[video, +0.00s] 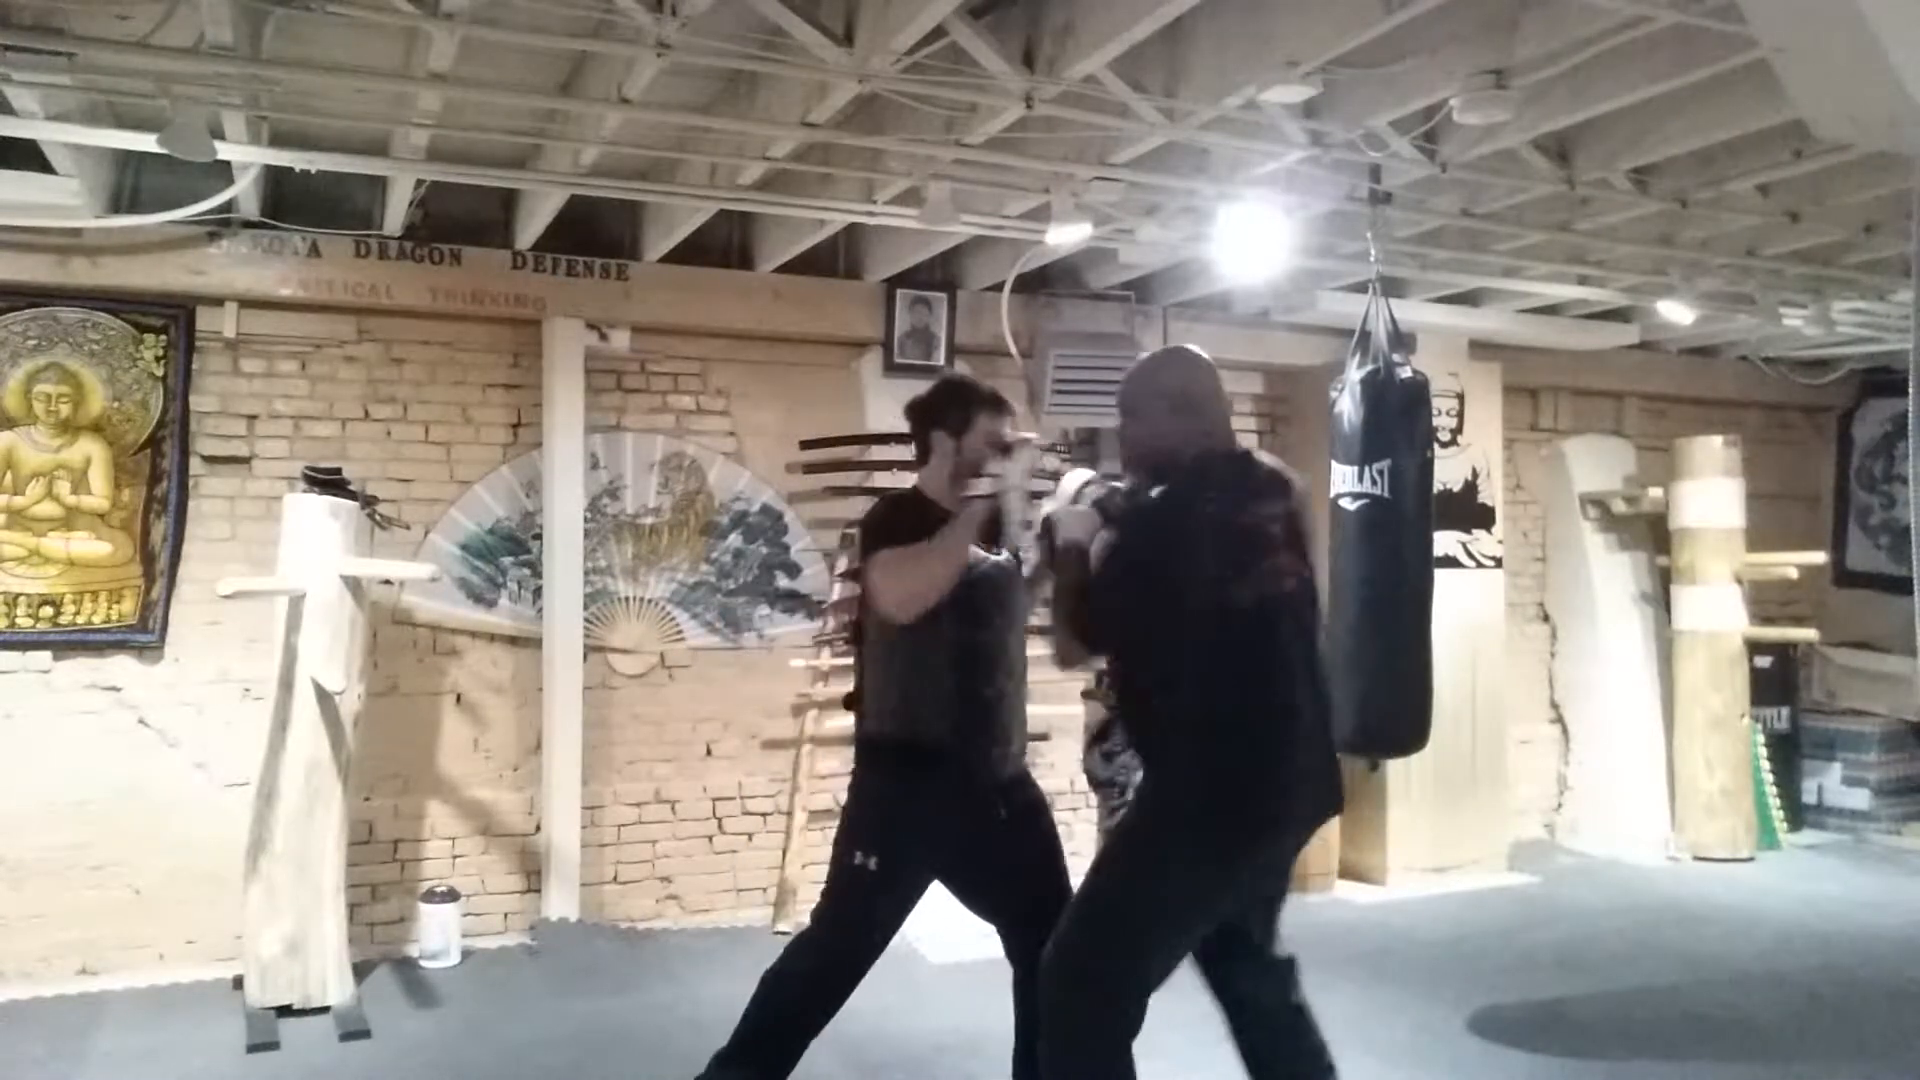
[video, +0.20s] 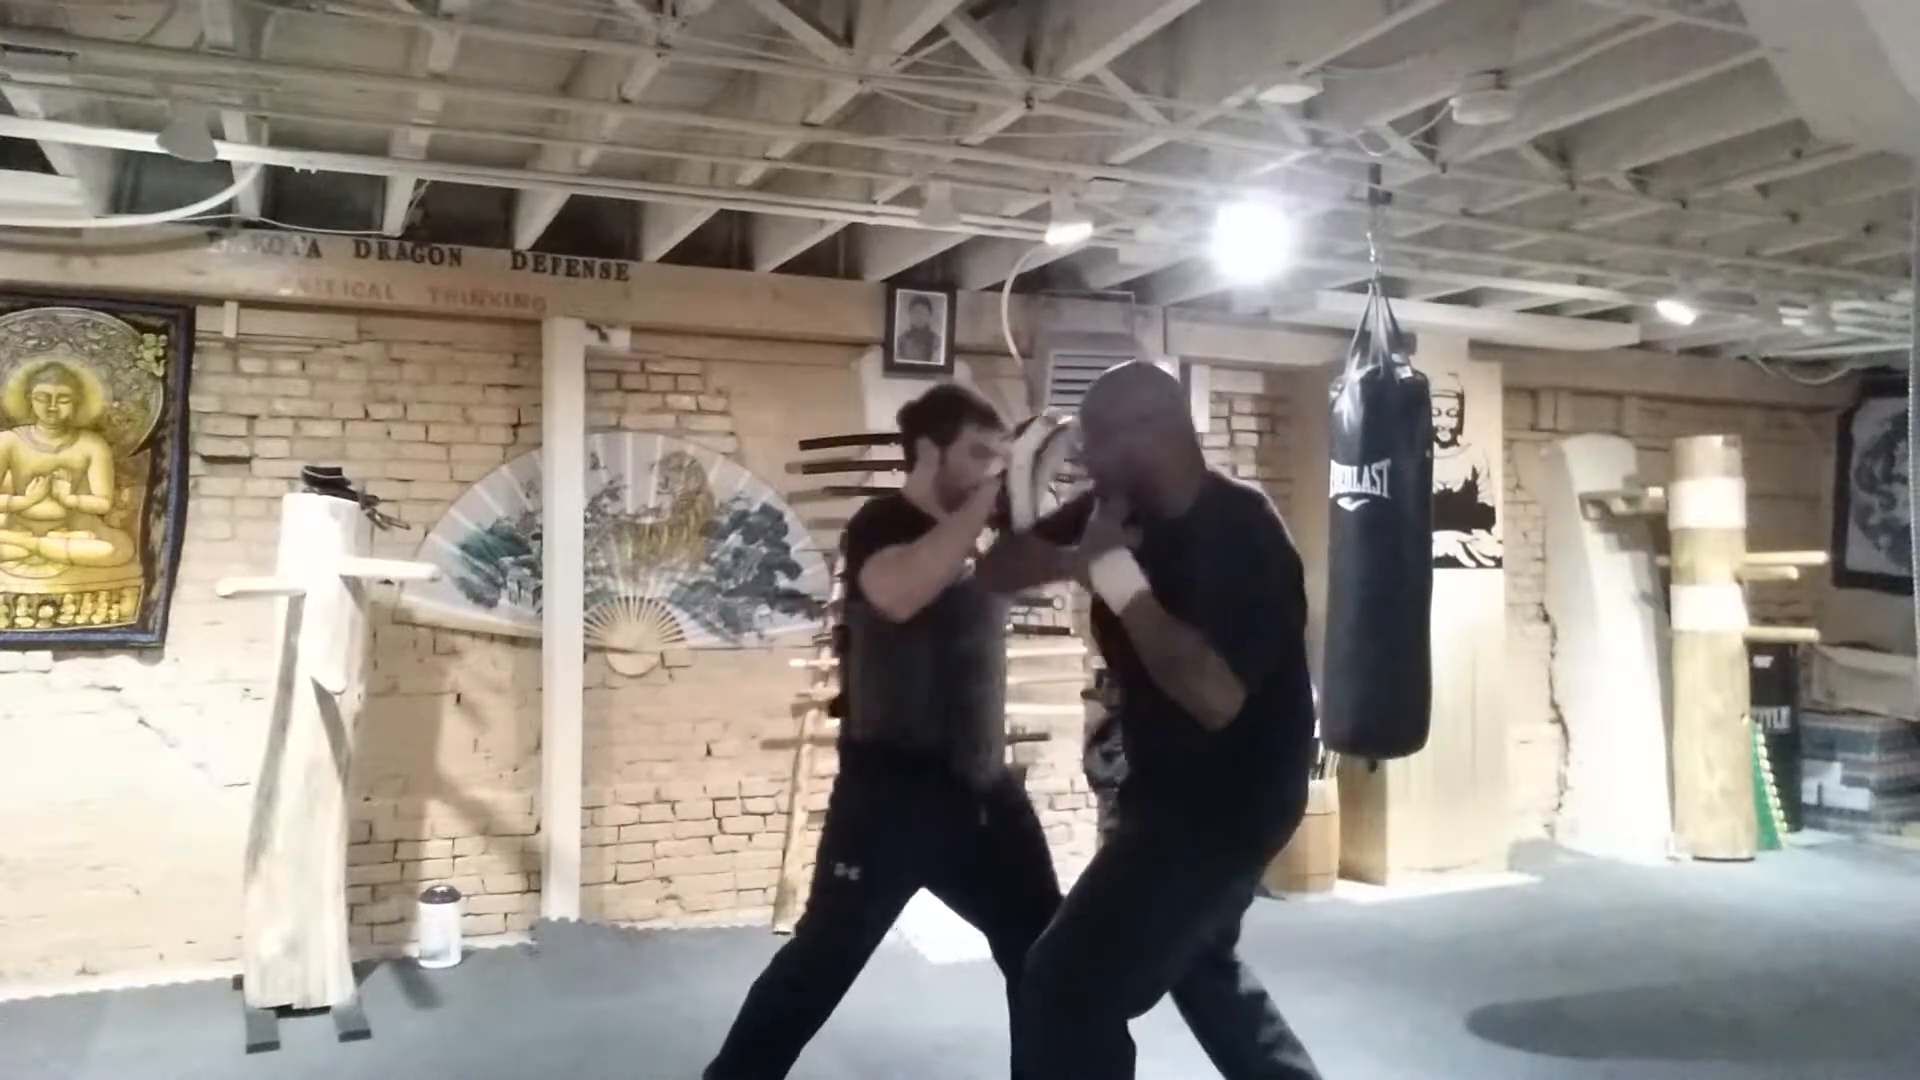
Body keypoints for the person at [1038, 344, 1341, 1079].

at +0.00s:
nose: (1119, 431)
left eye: (1130, 414)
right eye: (1121, 415)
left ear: (1172, 417)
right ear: (1212, 414)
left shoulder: (1168, 515)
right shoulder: (1270, 491)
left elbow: (1088, 629)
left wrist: (1070, 553)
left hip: (1209, 793)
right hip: (1291, 778)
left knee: (1082, 979)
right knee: (1240, 951)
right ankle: (1304, 1074)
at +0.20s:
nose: (1084, 459)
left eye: (1094, 439)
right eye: (1083, 442)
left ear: (1149, 432)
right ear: (1151, 433)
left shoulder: (1246, 531)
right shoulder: (1122, 512)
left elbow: (1217, 697)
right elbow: (1001, 570)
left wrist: (1113, 569)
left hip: (1228, 808)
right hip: (1161, 796)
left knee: (1061, 987)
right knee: (1206, 976)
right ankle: (1290, 1074)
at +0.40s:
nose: (1083, 439)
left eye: (1095, 420)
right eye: (1082, 421)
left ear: (1148, 419)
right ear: (1151, 421)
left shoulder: (1222, 518)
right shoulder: (1147, 512)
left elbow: (1183, 684)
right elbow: (1096, 618)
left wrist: (1085, 579)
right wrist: (1035, 533)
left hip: (1225, 803)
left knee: (1089, 989)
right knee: (1241, 966)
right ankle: (1312, 1079)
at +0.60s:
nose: (1137, 410)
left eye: (1148, 392)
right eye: (1140, 392)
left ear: (1188, 398)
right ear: (1218, 396)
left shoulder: (1218, 494)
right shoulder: (1272, 474)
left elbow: (1154, 652)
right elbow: (1226, 586)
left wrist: (1088, 583)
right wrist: (1140, 551)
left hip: (1263, 777)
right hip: (1326, 763)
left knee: (1150, 991)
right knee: (1297, 951)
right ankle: (1390, 1075)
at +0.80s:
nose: (1218, 411)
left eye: (1229, 393)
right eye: (1220, 393)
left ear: (1269, 398)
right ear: (1308, 397)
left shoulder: (1274, 490)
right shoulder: (1365, 476)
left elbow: (1269, 650)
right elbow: (1354, 637)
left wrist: (1207, 627)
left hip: (1317, 787)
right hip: (1399, 771)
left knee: (1216, 1026)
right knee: (1386, 970)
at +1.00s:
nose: (1269, 389)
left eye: (1282, 375)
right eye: (1273, 374)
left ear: (1325, 382)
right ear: (1354, 382)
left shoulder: (1321, 469)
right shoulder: (1404, 462)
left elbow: (1295, 619)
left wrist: (1264, 617)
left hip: (1373, 763)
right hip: (1452, 755)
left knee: (1263, 956)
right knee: (1421, 951)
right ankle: (1443, 1072)